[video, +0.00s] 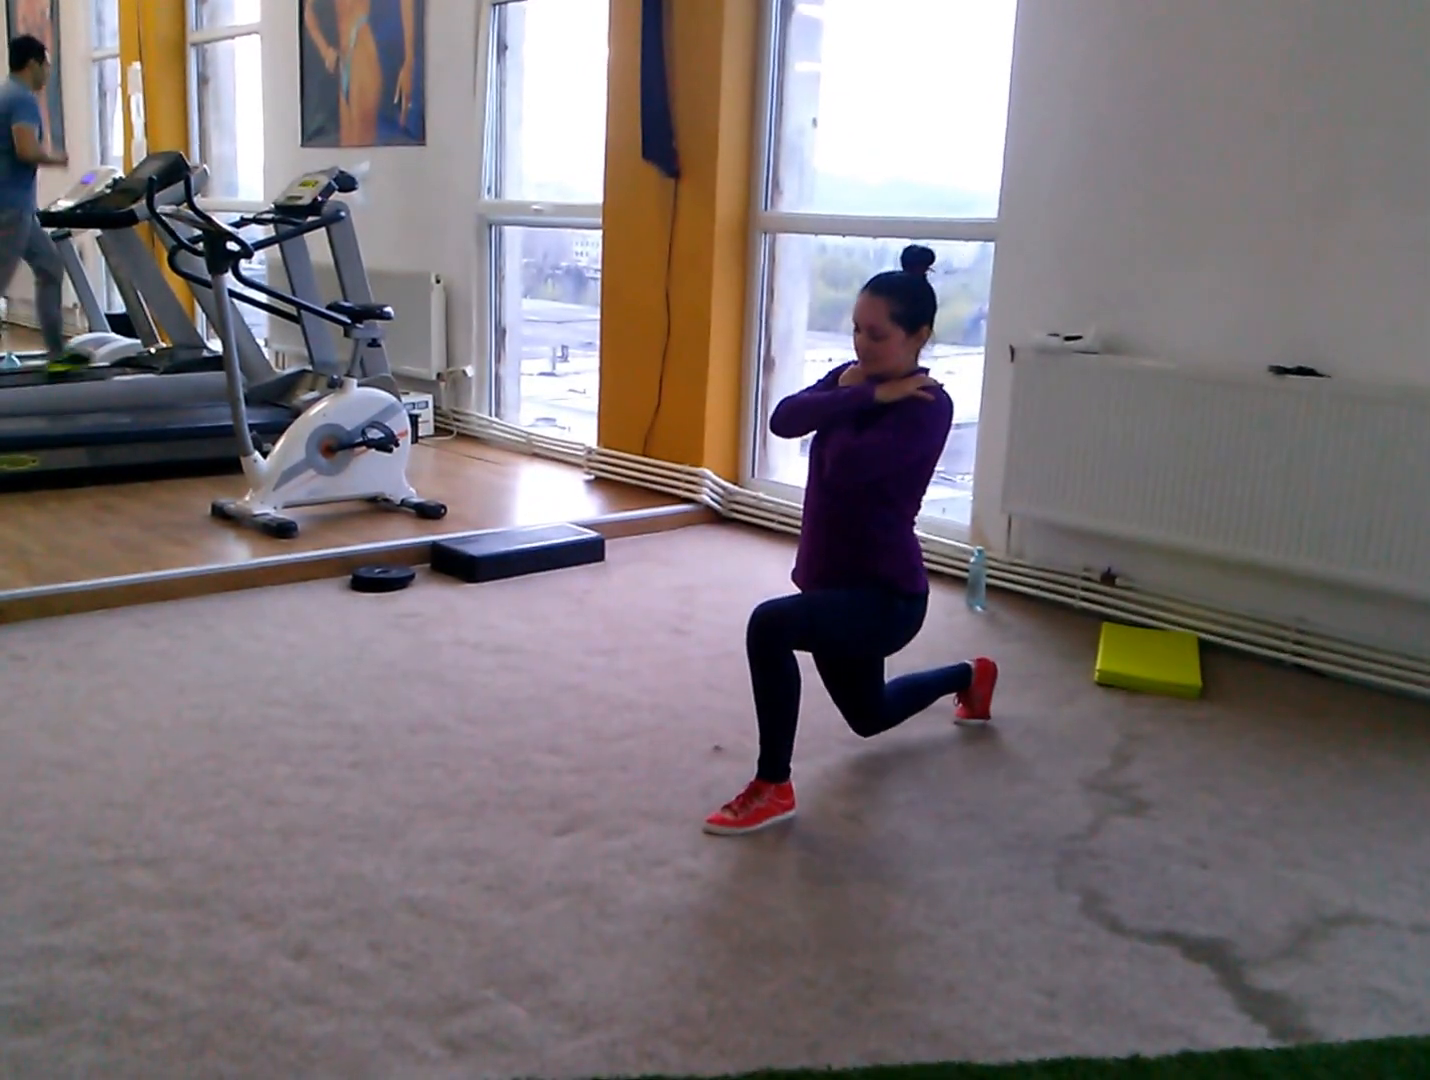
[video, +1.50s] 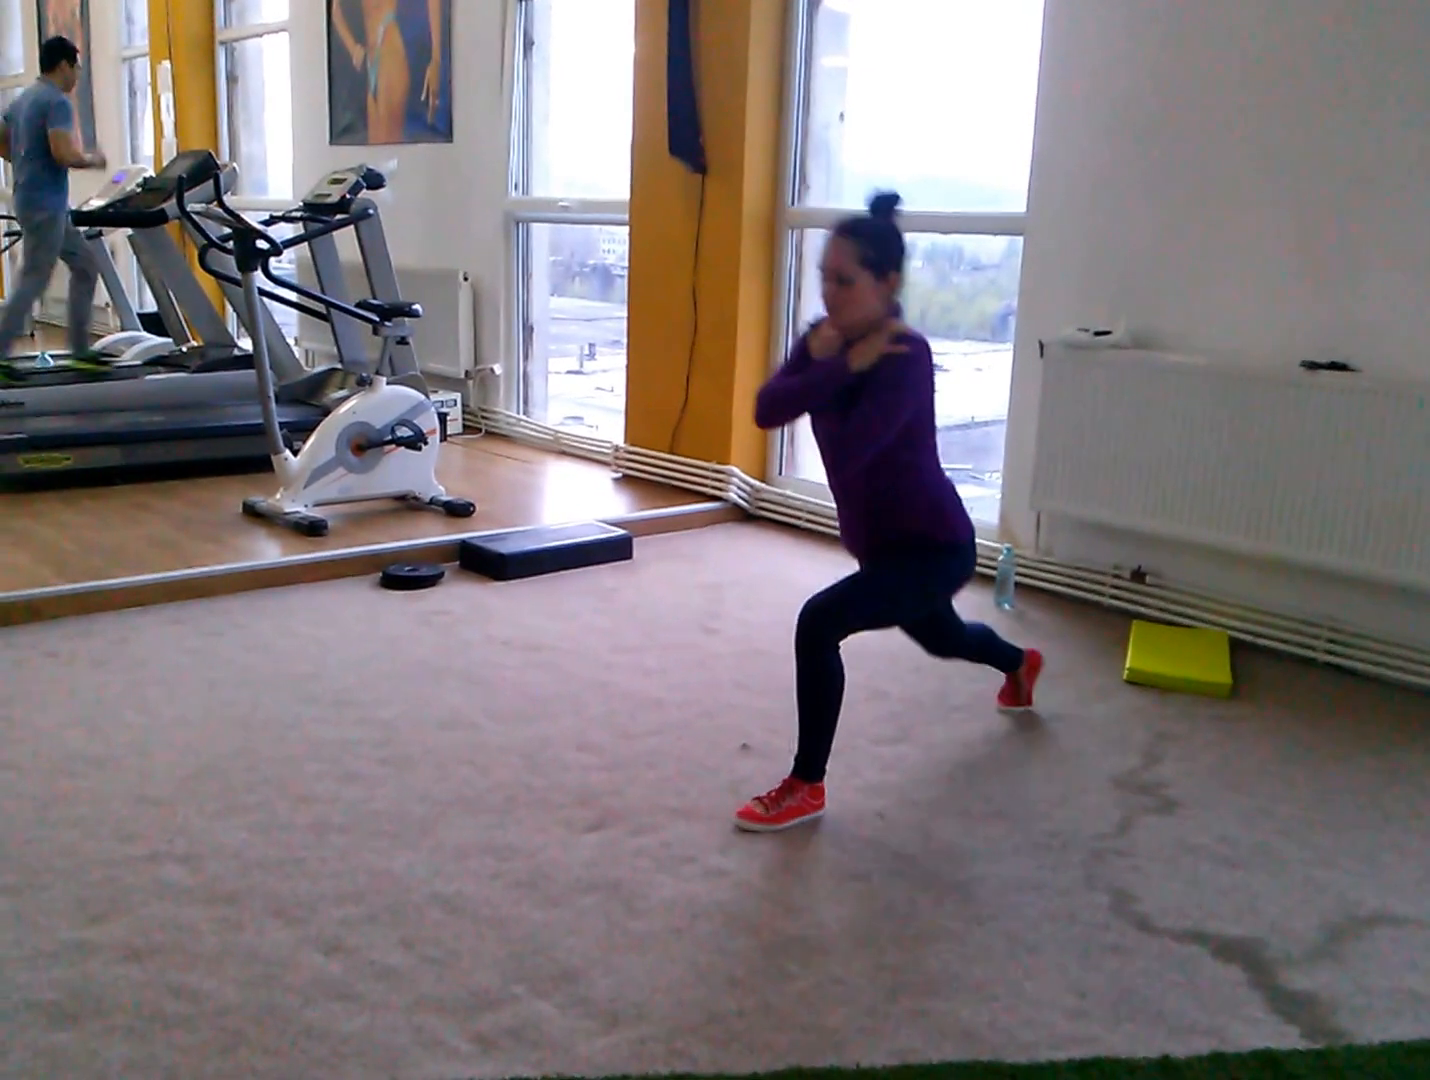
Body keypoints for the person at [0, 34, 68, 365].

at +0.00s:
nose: (47, 72)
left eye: (47, 64)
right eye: (45, 64)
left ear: (20, 65)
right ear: (32, 64)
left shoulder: (11, 95)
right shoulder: (20, 99)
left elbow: (22, 149)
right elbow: (26, 150)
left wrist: (48, 155)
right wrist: (56, 158)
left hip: (16, 210)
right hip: (12, 211)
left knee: (50, 268)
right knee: (1, 285)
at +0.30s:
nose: (48, 77)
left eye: (47, 70)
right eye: (45, 69)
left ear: (24, 71)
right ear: (30, 70)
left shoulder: (17, 106)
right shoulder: (14, 105)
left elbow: (18, 163)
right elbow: (7, 153)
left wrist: (59, 172)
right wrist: (39, 182)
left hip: (10, 209)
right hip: (15, 209)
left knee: (16, 281)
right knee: (63, 272)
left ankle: (4, 345)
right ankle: (12, 341)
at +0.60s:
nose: (57, 81)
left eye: (56, 74)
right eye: (54, 74)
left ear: (32, 73)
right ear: (39, 73)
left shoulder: (22, 109)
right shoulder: (21, 111)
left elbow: (18, 167)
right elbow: (17, 165)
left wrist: (51, 180)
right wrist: (57, 197)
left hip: (20, 210)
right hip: (19, 211)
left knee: (43, 280)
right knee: (51, 283)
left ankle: (3, 319)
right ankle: (22, 360)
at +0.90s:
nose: (59, 75)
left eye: (59, 68)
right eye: (57, 68)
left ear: (29, 69)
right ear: (45, 68)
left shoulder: (14, 99)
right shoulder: (38, 102)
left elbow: (25, 152)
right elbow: (38, 151)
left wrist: (59, 161)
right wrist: (67, 165)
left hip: (20, 205)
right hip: (29, 207)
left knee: (63, 278)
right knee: (46, 279)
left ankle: (57, 356)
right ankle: (2, 309)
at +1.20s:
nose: (70, 68)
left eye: (70, 61)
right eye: (66, 61)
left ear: (45, 61)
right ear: (51, 59)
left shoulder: (40, 94)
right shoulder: (32, 92)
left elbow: (42, 149)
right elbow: (12, 137)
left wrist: (76, 144)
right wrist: (53, 170)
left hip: (26, 201)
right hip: (39, 201)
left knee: (12, 277)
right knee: (76, 275)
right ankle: (93, 354)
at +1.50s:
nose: (77, 75)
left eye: (76, 68)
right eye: (75, 68)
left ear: (47, 66)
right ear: (63, 66)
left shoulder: (22, 99)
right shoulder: (56, 102)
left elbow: (3, 144)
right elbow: (64, 155)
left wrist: (28, 160)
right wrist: (93, 159)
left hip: (31, 204)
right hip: (46, 207)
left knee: (86, 264)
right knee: (34, 280)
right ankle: (2, 351)